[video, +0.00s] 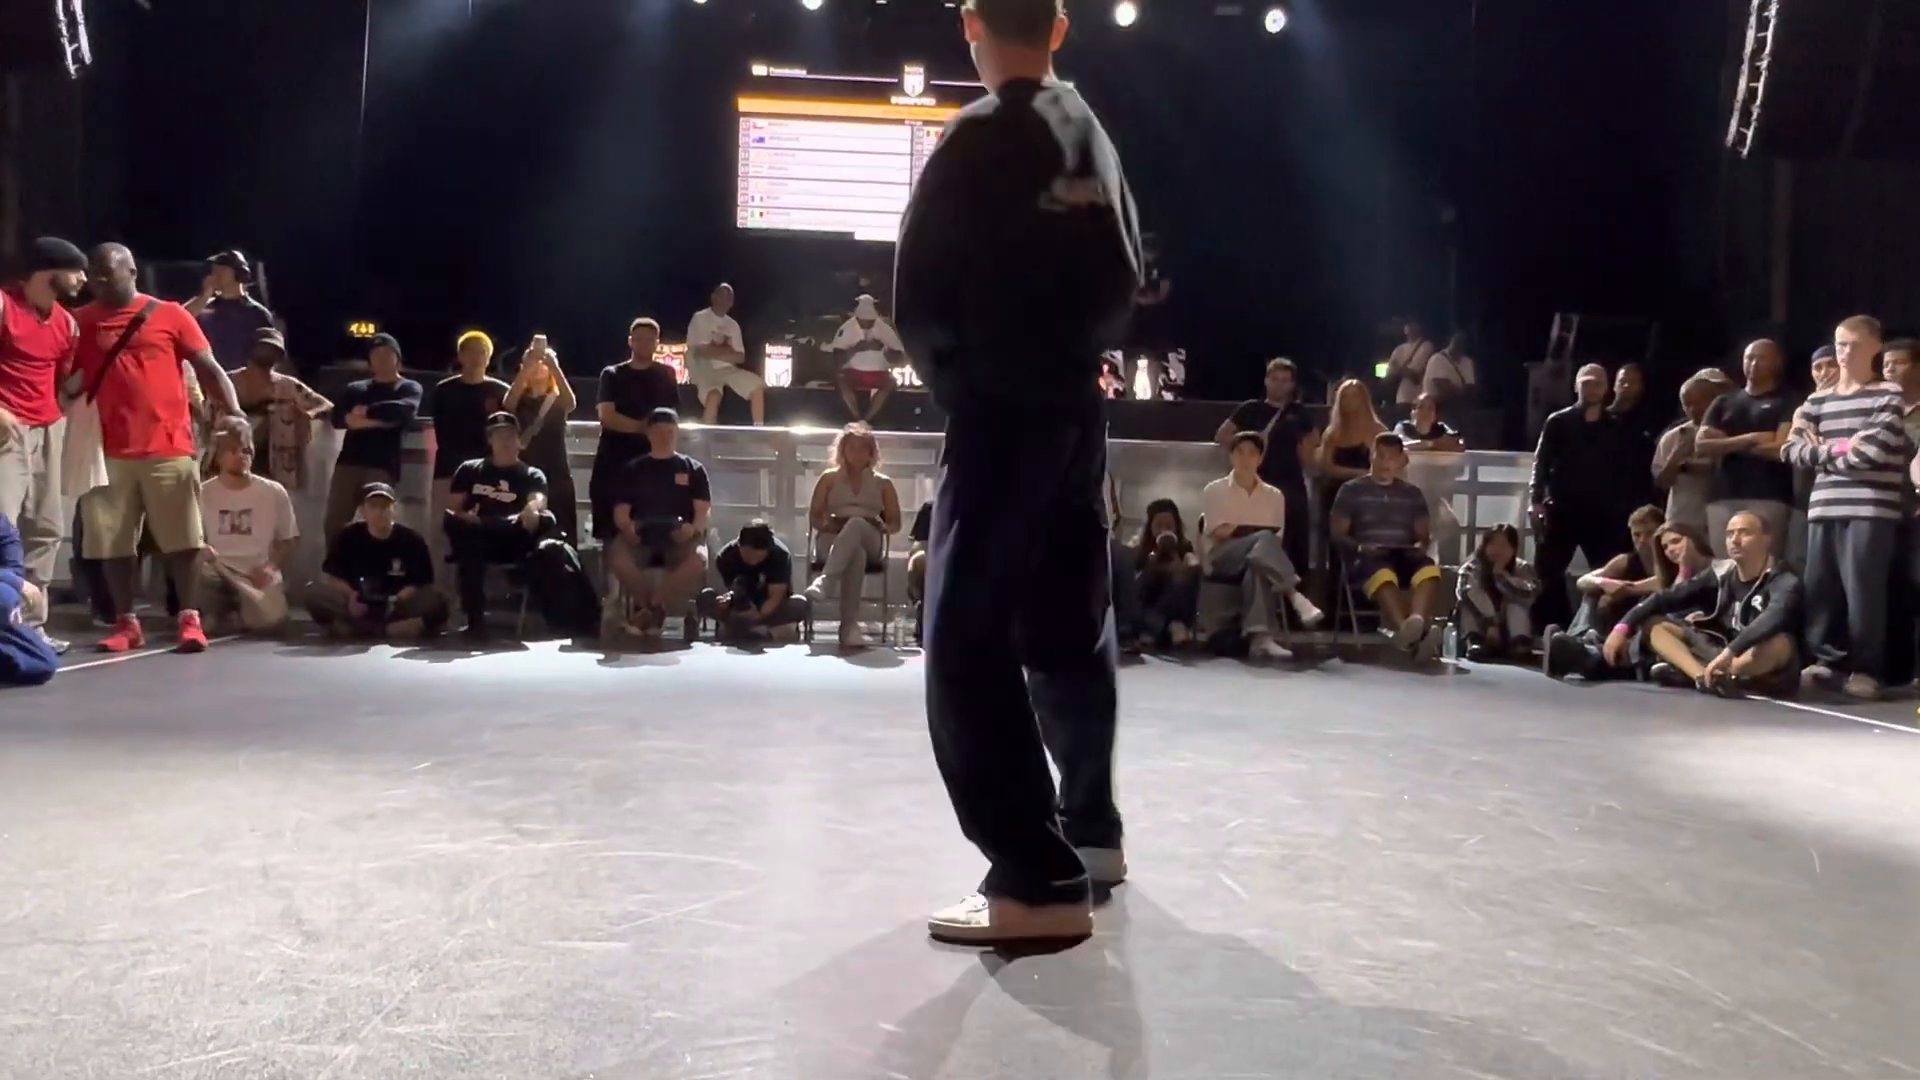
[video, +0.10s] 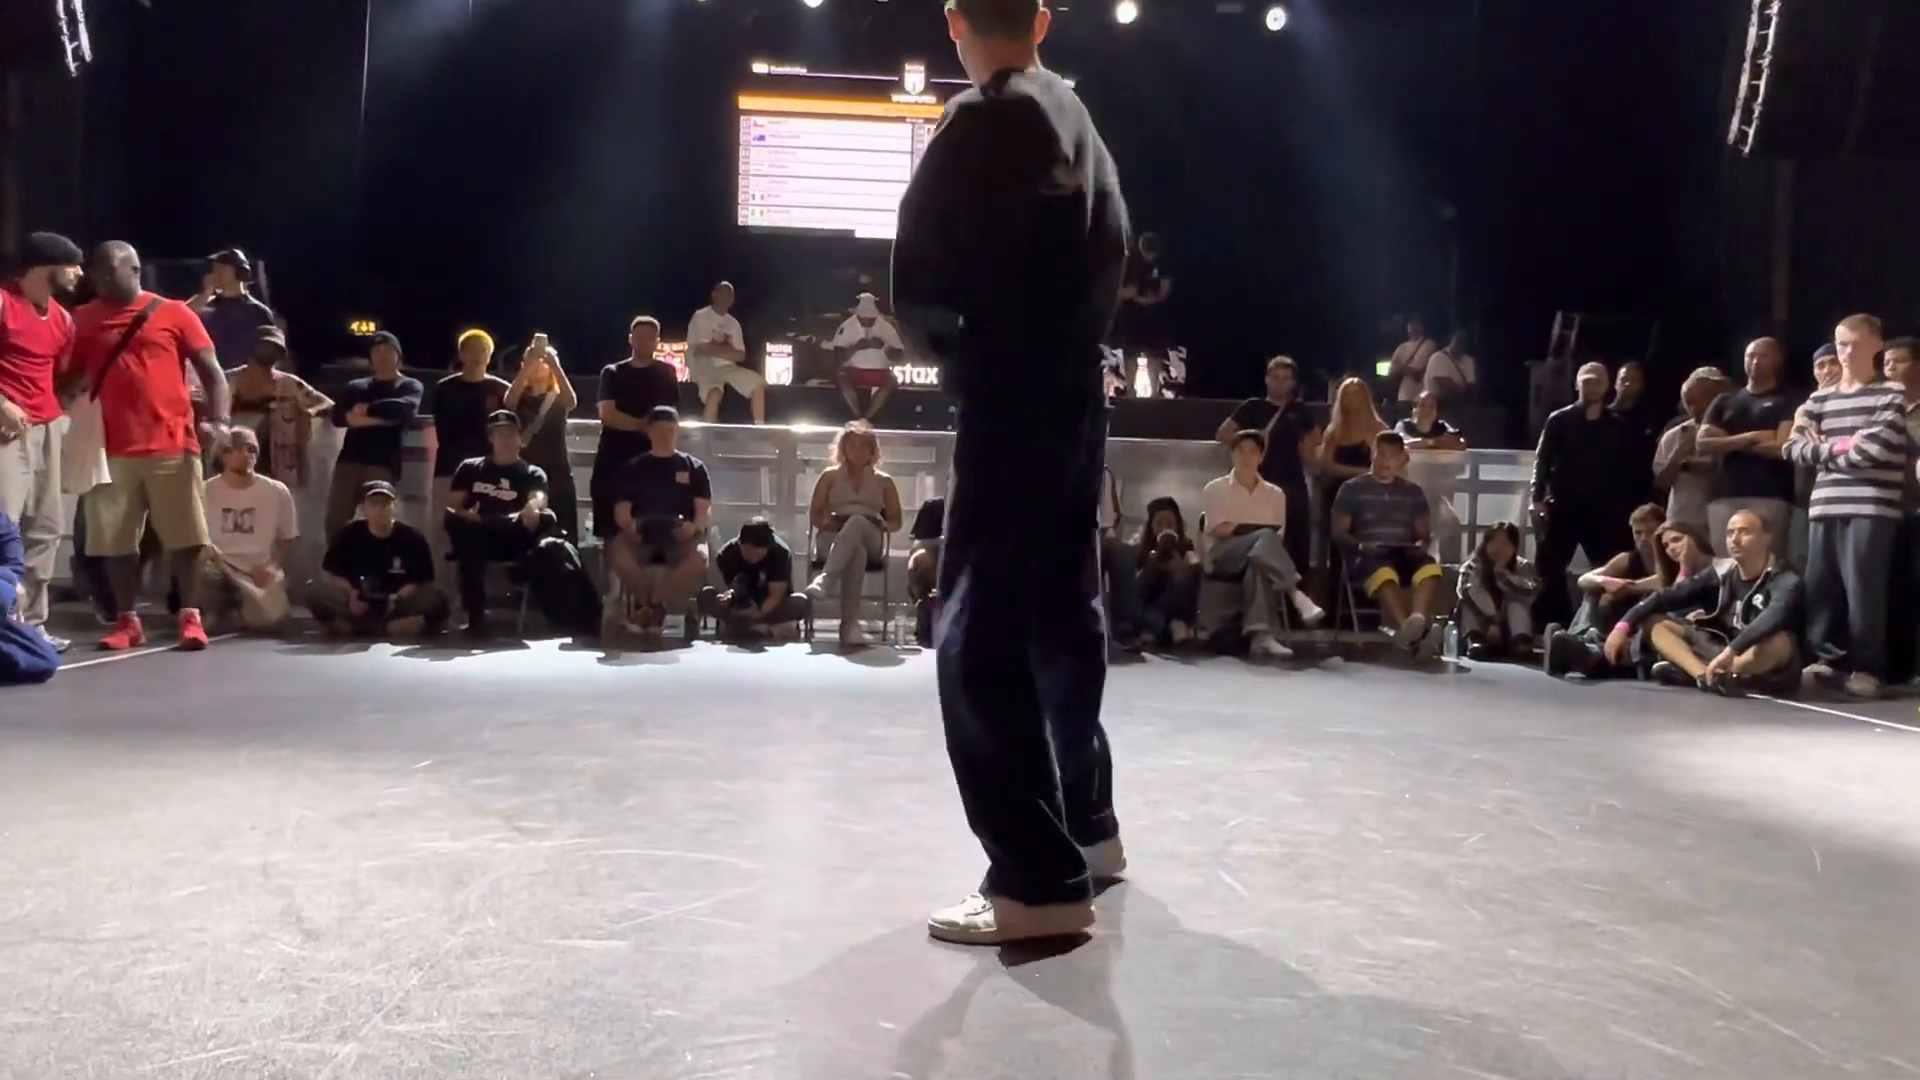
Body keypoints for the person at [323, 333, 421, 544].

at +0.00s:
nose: (382, 359)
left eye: (387, 354)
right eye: (377, 354)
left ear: (397, 359)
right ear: (370, 360)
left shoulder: (410, 388)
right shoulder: (355, 388)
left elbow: (403, 413)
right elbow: (338, 419)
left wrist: (365, 411)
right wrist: (379, 422)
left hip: (382, 466)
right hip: (349, 464)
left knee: (377, 526)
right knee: (334, 523)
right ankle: (332, 572)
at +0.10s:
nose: (382, 357)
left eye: (387, 351)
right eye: (378, 352)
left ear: (397, 356)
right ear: (371, 358)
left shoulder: (411, 386)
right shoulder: (356, 386)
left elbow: (404, 411)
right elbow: (338, 417)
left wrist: (365, 409)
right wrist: (380, 419)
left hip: (382, 464)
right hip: (350, 461)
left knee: (378, 524)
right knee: (335, 522)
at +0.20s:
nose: (385, 357)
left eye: (390, 352)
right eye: (380, 352)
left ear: (400, 357)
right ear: (373, 358)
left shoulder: (413, 386)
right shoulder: (359, 386)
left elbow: (407, 410)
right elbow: (341, 418)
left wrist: (369, 409)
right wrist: (382, 419)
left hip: (385, 463)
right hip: (353, 460)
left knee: (380, 523)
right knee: (338, 521)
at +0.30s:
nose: (387, 357)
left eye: (392, 352)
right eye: (382, 352)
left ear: (402, 356)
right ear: (375, 358)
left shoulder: (415, 386)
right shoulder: (360, 386)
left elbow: (409, 410)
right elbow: (343, 418)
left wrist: (370, 409)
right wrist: (386, 419)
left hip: (388, 462)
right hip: (355, 459)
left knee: (382, 521)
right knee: (340, 520)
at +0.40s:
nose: (387, 357)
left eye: (392, 352)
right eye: (383, 352)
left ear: (403, 356)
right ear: (376, 358)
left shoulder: (416, 385)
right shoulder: (362, 385)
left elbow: (411, 410)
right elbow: (344, 418)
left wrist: (371, 408)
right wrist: (386, 419)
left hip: (388, 462)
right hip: (356, 459)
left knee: (382, 521)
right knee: (341, 520)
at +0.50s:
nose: (389, 357)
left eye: (395, 352)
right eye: (385, 352)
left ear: (405, 357)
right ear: (378, 358)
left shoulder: (418, 386)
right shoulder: (364, 385)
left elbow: (412, 410)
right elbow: (346, 417)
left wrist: (373, 409)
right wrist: (388, 420)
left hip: (390, 462)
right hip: (358, 459)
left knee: (384, 521)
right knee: (343, 520)